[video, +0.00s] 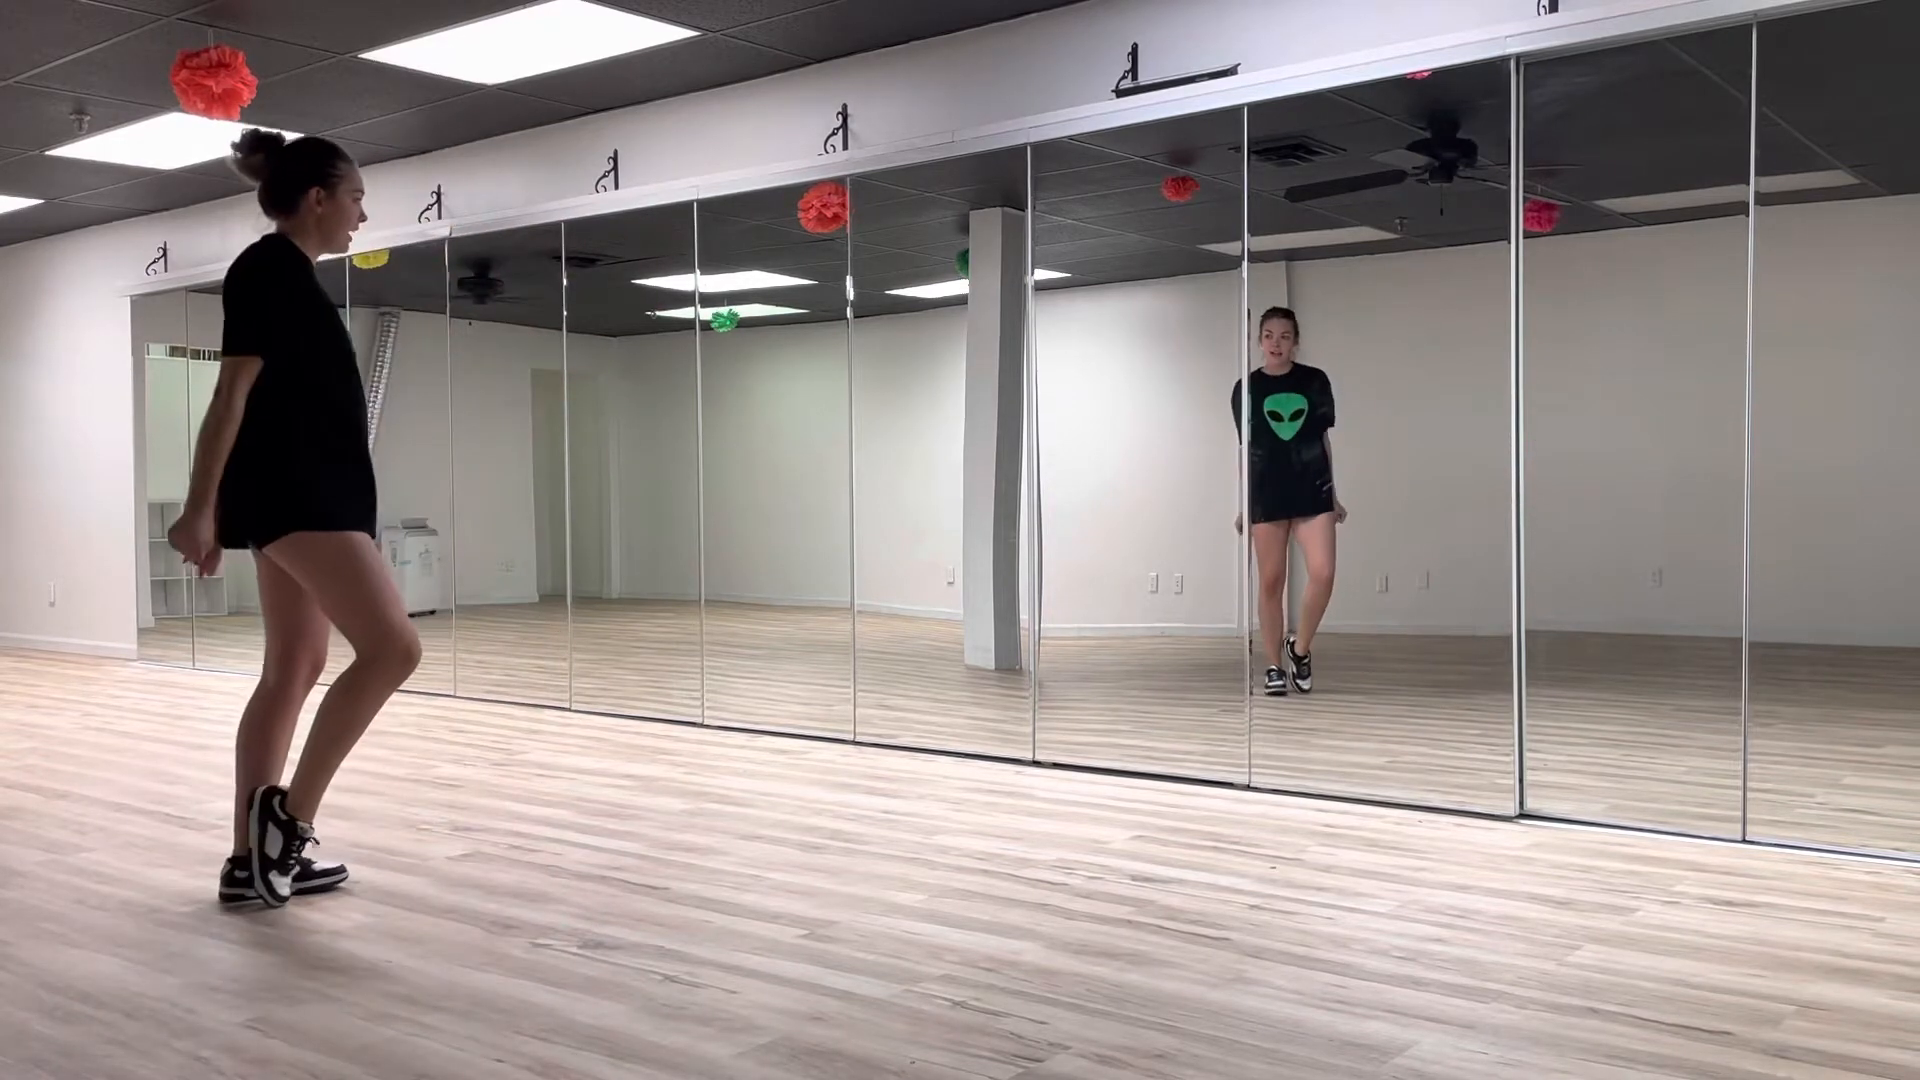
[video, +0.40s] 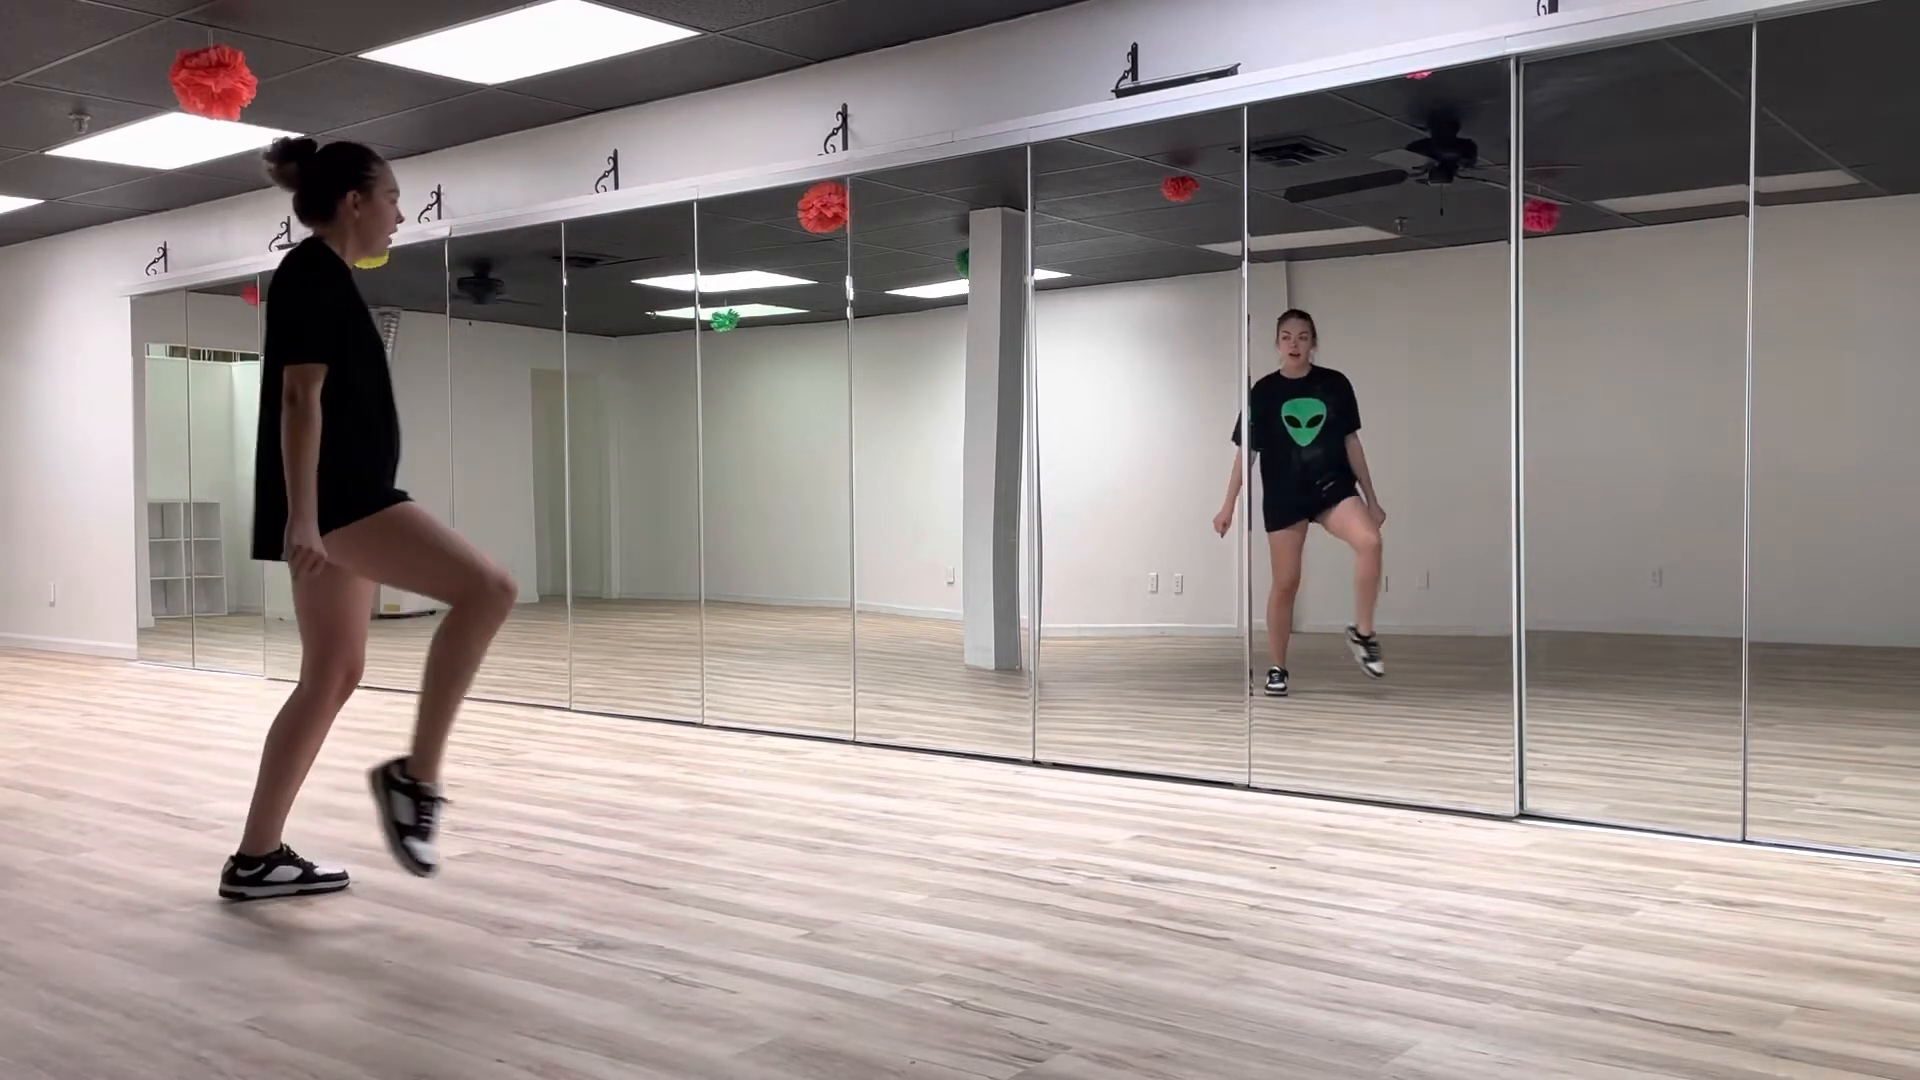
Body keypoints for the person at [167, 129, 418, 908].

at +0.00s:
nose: (360, 216)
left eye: (360, 202)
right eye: (355, 201)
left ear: (306, 201)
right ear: (315, 199)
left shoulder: (286, 272)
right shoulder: (266, 268)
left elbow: (254, 398)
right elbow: (231, 392)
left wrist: (210, 511)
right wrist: (200, 504)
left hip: (283, 495)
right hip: (298, 493)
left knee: (292, 666)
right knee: (392, 649)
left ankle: (252, 857)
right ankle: (289, 829)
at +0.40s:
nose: (398, 213)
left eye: (397, 199)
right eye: (390, 198)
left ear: (343, 205)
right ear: (354, 203)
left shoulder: (321, 274)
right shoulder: (312, 273)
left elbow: (315, 402)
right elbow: (300, 401)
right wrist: (302, 515)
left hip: (325, 503)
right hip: (346, 498)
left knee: (330, 675)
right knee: (488, 591)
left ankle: (257, 853)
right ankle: (418, 776)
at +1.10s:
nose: (469, 209)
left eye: (465, 194)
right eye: (462, 195)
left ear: (395, 205)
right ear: (437, 199)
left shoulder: (349, 292)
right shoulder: (451, 279)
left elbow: (335, 413)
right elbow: (444, 398)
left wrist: (332, 519)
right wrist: (451, 514)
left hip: (367, 507)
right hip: (459, 503)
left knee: (394, 682)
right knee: (540, 655)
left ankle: (342, 867)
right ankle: (533, 831)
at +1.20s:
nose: (466, 221)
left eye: (463, 208)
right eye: (462, 207)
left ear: (391, 216)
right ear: (440, 210)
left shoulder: (345, 299)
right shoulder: (456, 286)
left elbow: (322, 421)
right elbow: (449, 403)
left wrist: (312, 526)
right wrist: (454, 517)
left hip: (360, 509)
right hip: (457, 500)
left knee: (389, 683)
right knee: (565, 632)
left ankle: (342, 867)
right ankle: (531, 770)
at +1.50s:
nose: (497, 223)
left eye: (495, 211)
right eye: (495, 211)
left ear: (422, 217)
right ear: (475, 212)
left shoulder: (373, 297)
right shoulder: (501, 286)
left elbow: (346, 411)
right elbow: (506, 404)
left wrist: (329, 511)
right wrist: (516, 519)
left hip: (435, 493)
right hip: (527, 475)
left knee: (407, 673)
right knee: (583, 628)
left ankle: (380, 837)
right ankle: (639, 783)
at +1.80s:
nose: (486, 236)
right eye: (487, 225)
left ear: (418, 229)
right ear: (484, 226)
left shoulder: (385, 306)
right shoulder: (519, 302)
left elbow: (399, 423)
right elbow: (570, 414)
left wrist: (409, 528)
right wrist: (621, 506)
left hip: (450, 506)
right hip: (538, 499)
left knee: (407, 679)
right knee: (568, 647)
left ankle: (441, 849)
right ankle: (634, 793)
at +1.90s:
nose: (465, 224)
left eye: (437, 214)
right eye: (467, 215)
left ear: (399, 218)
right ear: (465, 218)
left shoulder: (367, 291)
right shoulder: (496, 292)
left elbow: (399, 399)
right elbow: (551, 397)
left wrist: (417, 501)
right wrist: (603, 482)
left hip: (413, 495)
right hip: (501, 489)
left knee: (401, 680)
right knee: (515, 628)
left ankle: (440, 852)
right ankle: (613, 753)